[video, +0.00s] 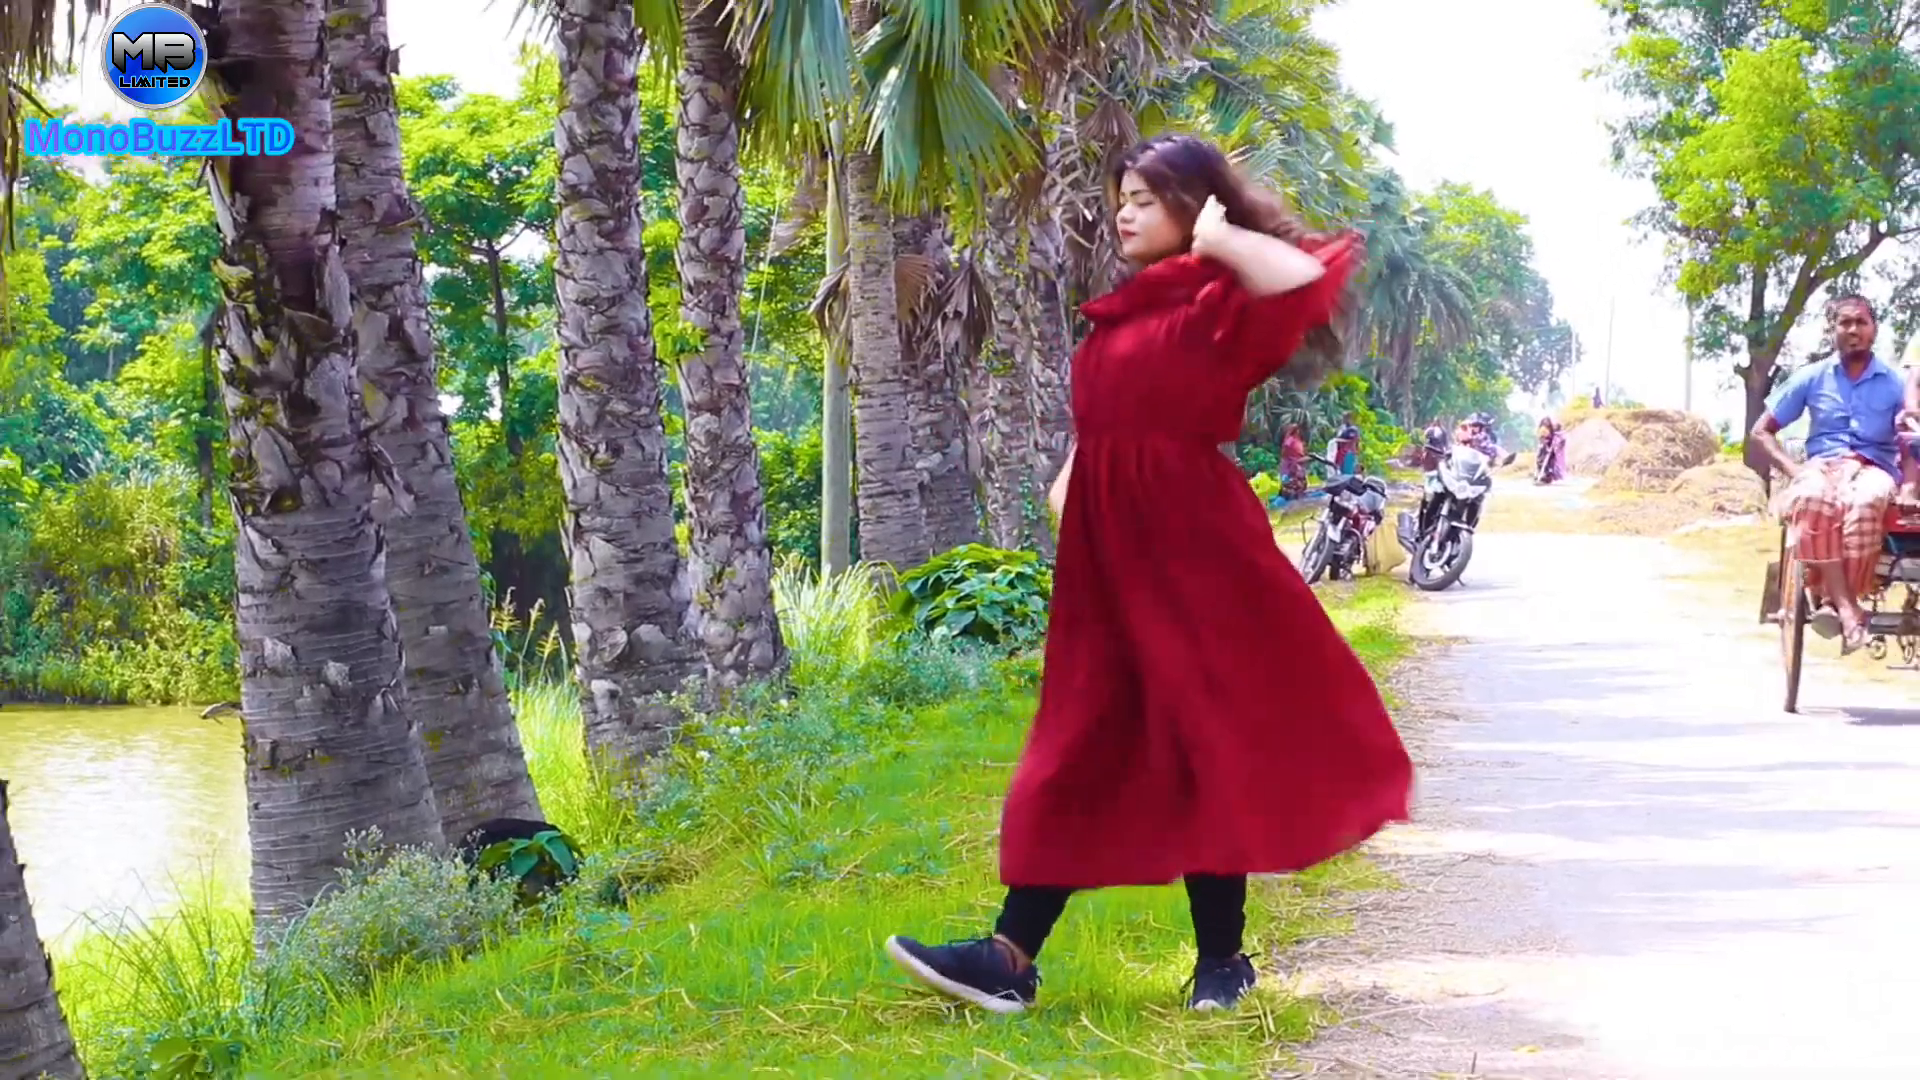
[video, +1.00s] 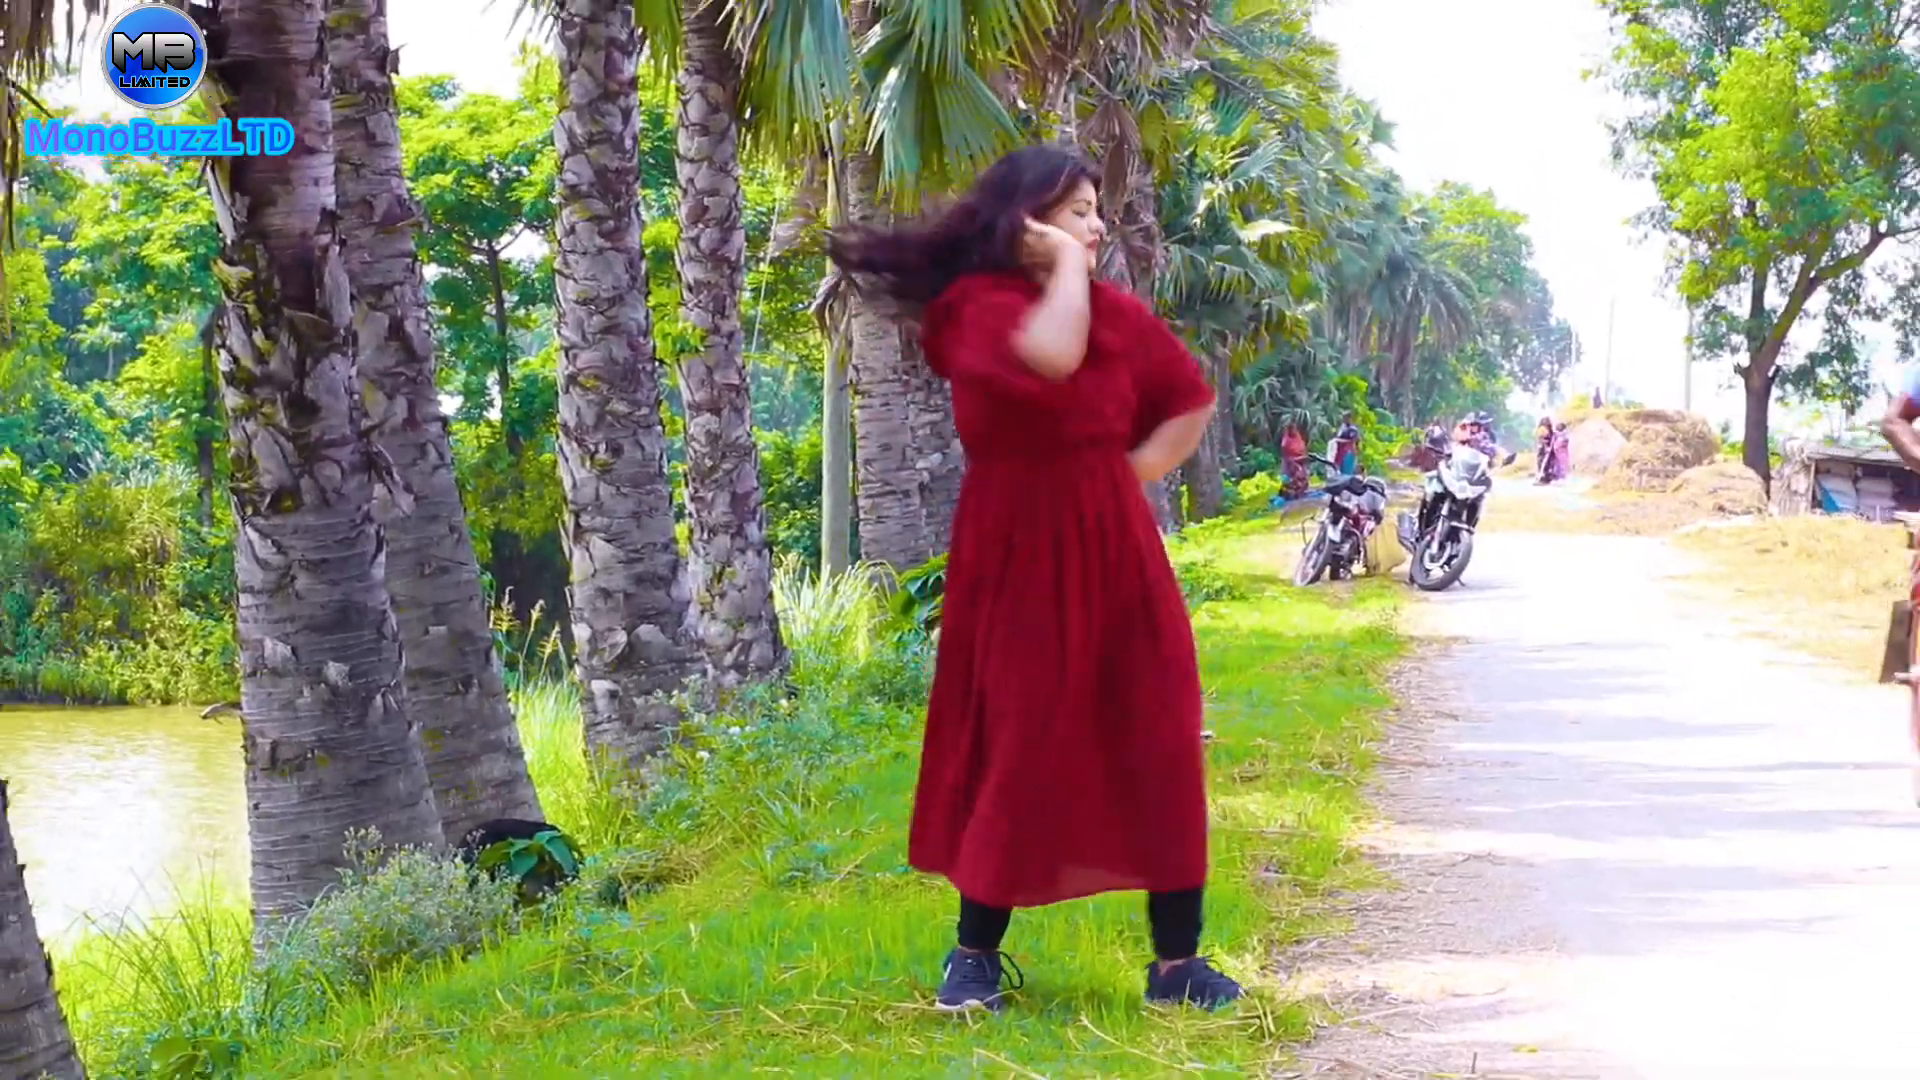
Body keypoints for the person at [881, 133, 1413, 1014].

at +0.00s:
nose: (1122, 216)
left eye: (1142, 202)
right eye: (1121, 202)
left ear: (1192, 214)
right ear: (1123, 215)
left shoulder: (1221, 296)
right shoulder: (1120, 313)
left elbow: (1306, 281)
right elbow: (1113, 420)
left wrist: (1217, 233)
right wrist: (1069, 474)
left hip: (1192, 551)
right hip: (1109, 548)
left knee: (1202, 746)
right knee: (1074, 746)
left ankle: (1221, 961)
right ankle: (1011, 954)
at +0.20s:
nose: (1106, 222)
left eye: (1121, 207)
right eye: (1105, 207)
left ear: (1173, 214)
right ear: (1118, 218)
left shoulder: (1222, 291)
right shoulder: (1103, 310)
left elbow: (1187, 286)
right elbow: (1053, 401)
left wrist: (1179, 231)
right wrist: (1028, 469)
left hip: (1200, 546)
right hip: (1101, 541)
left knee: (1196, 741)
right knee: (1028, 718)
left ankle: (1220, 959)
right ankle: (1002, 941)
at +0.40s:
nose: (1052, 245)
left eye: (1074, 231)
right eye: (1050, 231)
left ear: (1128, 245)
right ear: (1049, 244)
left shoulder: (1179, 329)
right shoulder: (1036, 340)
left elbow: (1310, 337)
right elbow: (989, 437)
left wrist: (1202, 281)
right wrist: (979, 488)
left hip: (1153, 560)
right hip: (1049, 562)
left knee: (1171, 749)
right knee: (1012, 752)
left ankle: (1210, 944)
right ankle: (974, 937)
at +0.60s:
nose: (1085, 216)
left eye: (1098, 206)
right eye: (1064, 204)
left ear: (1116, 232)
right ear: (1022, 229)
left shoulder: (1152, 332)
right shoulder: (983, 331)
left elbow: (1205, 465)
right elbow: (923, 434)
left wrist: (1170, 447)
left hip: (1129, 561)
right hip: (1012, 563)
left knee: (1180, 751)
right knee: (994, 759)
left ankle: (1214, 957)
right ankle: (972, 972)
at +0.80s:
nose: (1098, 212)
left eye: (1099, 199)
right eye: (1080, 198)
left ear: (1096, 214)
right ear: (1023, 210)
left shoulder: (1112, 295)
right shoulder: (980, 294)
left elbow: (1161, 384)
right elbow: (872, 280)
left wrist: (1165, 449)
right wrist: (981, 236)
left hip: (1113, 519)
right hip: (1016, 516)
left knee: (1150, 717)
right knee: (997, 720)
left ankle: (1170, 938)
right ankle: (972, 940)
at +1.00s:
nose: (1097, 224)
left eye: (1097, 209)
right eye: (1080, 210)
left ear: (1091, 225)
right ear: (1025, 220)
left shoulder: (1113, 306)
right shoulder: (971, 302)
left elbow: (1195, 400)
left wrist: (1127, 474)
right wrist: (1070, 261)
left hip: (1113, 530)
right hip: (1014, 535)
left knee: (1166, 734)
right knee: (1013, 738)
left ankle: (1177, 961)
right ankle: (975, 958)